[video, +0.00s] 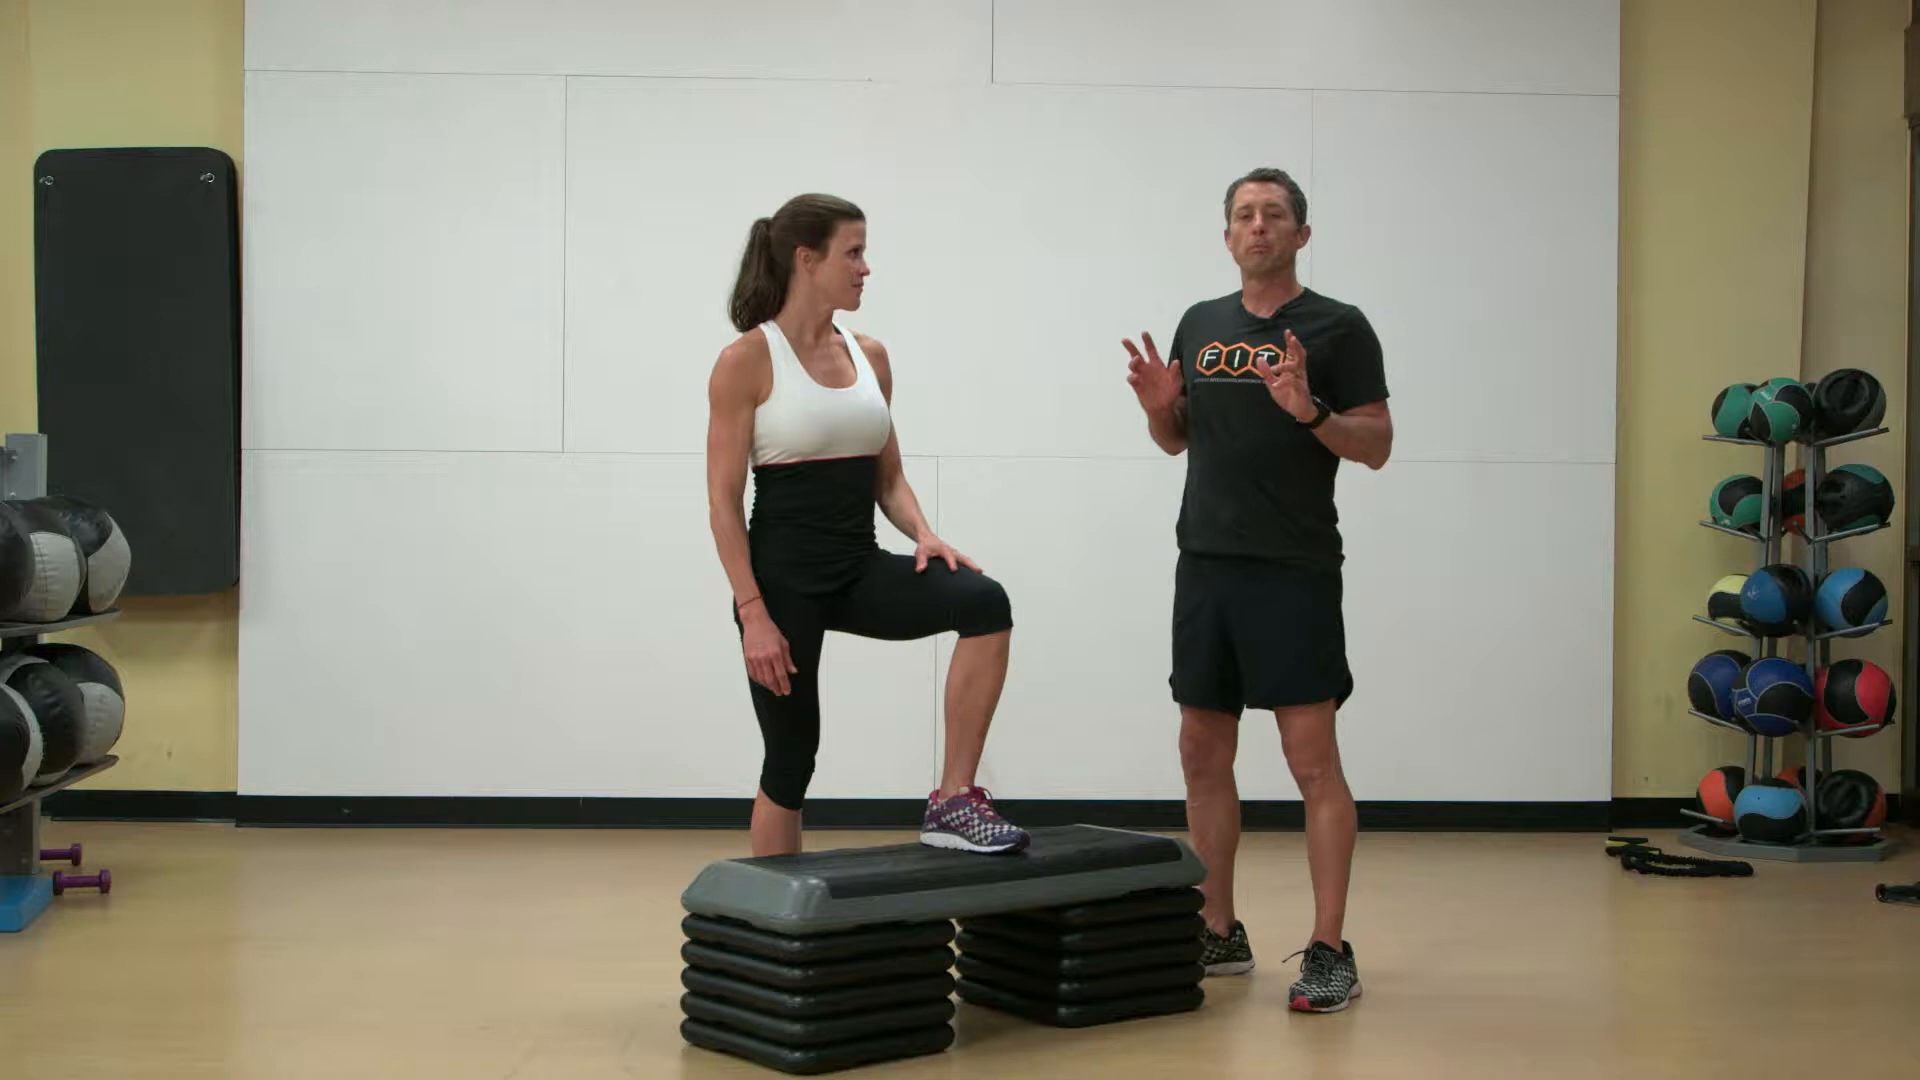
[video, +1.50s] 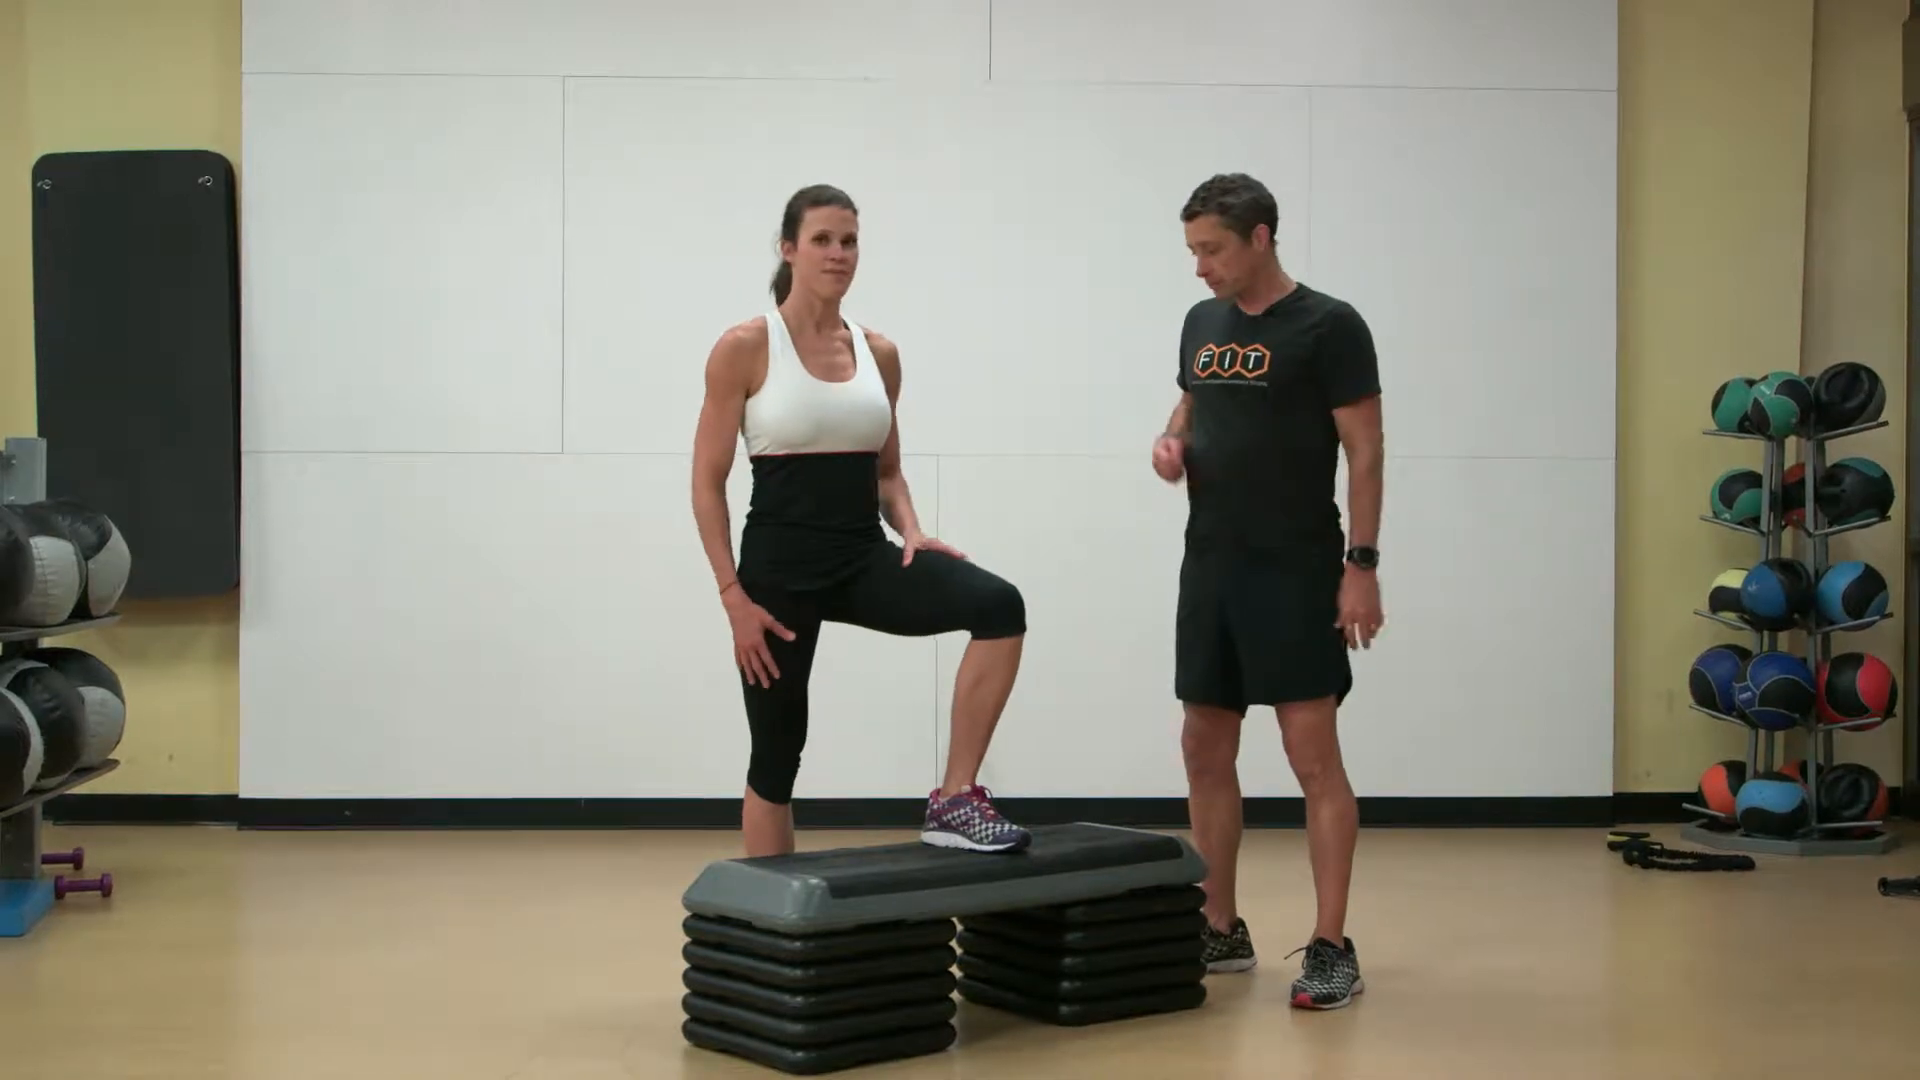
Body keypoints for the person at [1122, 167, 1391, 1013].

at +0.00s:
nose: (1257, 225)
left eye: (1272, 213)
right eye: (1244, 214)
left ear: (1301, 232)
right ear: (1227, 234)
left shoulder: (1337, 328)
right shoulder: (1198, 324)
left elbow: (1375, 444)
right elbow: (1176, 442)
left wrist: (1309, 412)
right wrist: (1160, 409)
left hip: (1296, 569)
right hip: (1207, 566)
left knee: (1312, 760)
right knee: (1202, 751)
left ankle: (1328, 946)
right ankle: (1218, 930)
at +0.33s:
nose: (1260, 220)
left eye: (1276, 209)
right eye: (1247, 210)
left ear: (1302, 232)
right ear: (1227, 235)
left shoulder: (1337, 328)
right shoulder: (1199, 327)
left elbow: (1373, 448)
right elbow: (1185, 442)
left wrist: (1312, 408)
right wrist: (1159, 412)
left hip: (1298, 569)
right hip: (1210, 565)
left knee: (1314, 759)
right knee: (1205, 749)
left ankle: (1330, 945)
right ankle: (1218, 930)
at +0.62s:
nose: (1263, 230)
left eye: (1278, 217)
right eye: (1249, 218)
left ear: (1303, 231)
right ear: (1227, 235)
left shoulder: (1337, 328)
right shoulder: (1199, 330)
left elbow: (1375, 446)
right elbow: (1189, 449)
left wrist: (1312, 404)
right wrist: (1161, 414)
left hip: (1298, 569)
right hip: (1210, 567)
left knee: (1314, 758)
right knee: (1205, 750)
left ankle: (1330, 945)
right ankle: (1219, 929)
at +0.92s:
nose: (1256, 230)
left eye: (1272, 217)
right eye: (1243, 218)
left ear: (1298, 231)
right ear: (1225, 232)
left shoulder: (1336, 326)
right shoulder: (1199, 328)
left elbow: (1373, 440)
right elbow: (1190, 445)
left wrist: (1308, 423)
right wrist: (1163, 421)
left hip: (1297, 569)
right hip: (1209, 565)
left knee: (1313, 757)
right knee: (1204, 748)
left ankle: (1330, 943)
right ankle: (1218, 927)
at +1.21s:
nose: (1211, 253)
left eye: (1223, 238)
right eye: (1205, 239)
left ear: (1274, 232)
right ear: (1210, 238)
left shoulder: (1335, 326)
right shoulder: (1200, 324)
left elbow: (1363, 447)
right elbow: (1178, 418)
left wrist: (1312, 524)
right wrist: (1164, 452)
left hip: (1295, 566)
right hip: (1207, 566)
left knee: (1314, 757)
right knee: (1204, 747)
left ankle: (1329, 944)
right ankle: (1218, 928)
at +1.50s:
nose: (1200, 264)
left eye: (1210, 250)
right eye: (1194, 251)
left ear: (1261, 239)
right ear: (1202, 251)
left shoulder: (1330, 327)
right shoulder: (1202, 324)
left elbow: (1366, 454)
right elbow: (1191, 403)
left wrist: (1362, 565)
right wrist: (1173, 439)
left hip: (1297, 570)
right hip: (1211, 569)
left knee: (1313, 756)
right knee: (1204, 748)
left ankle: (1329, 943)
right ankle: (1218, 927)